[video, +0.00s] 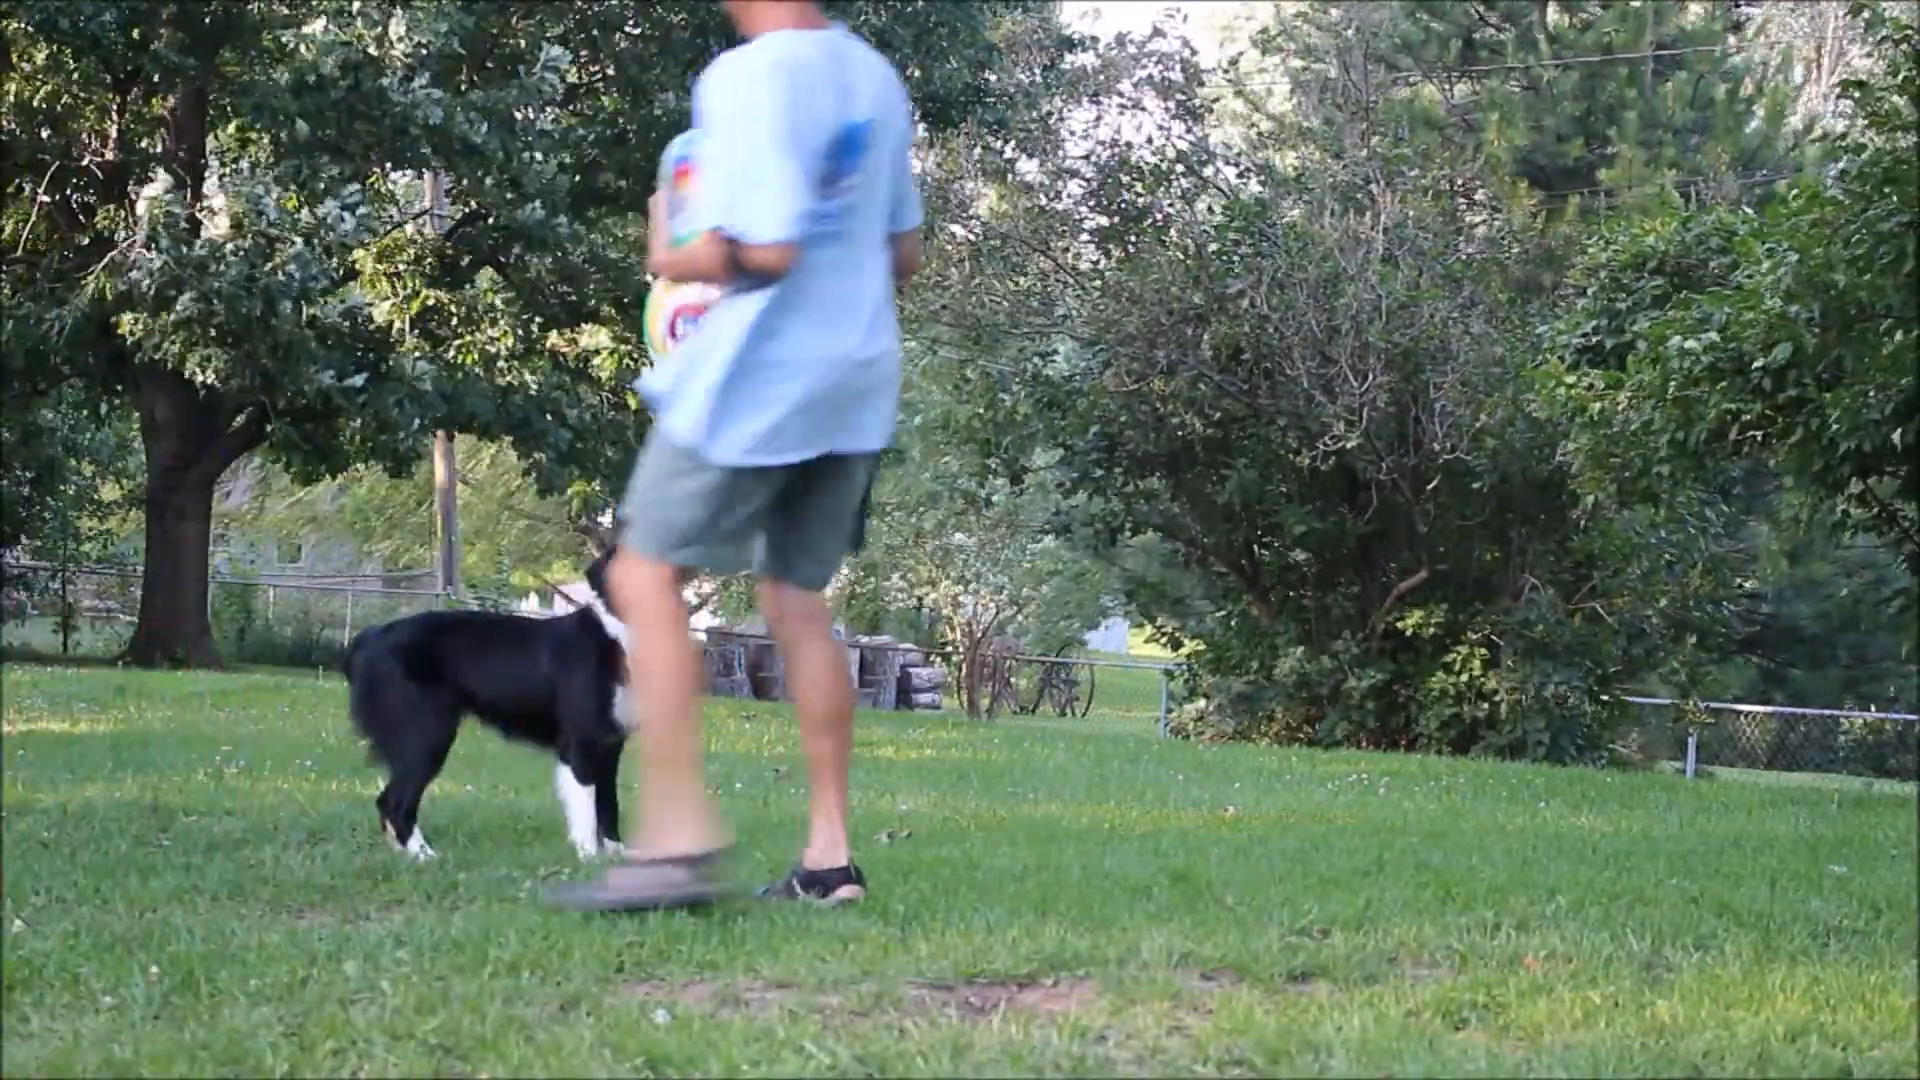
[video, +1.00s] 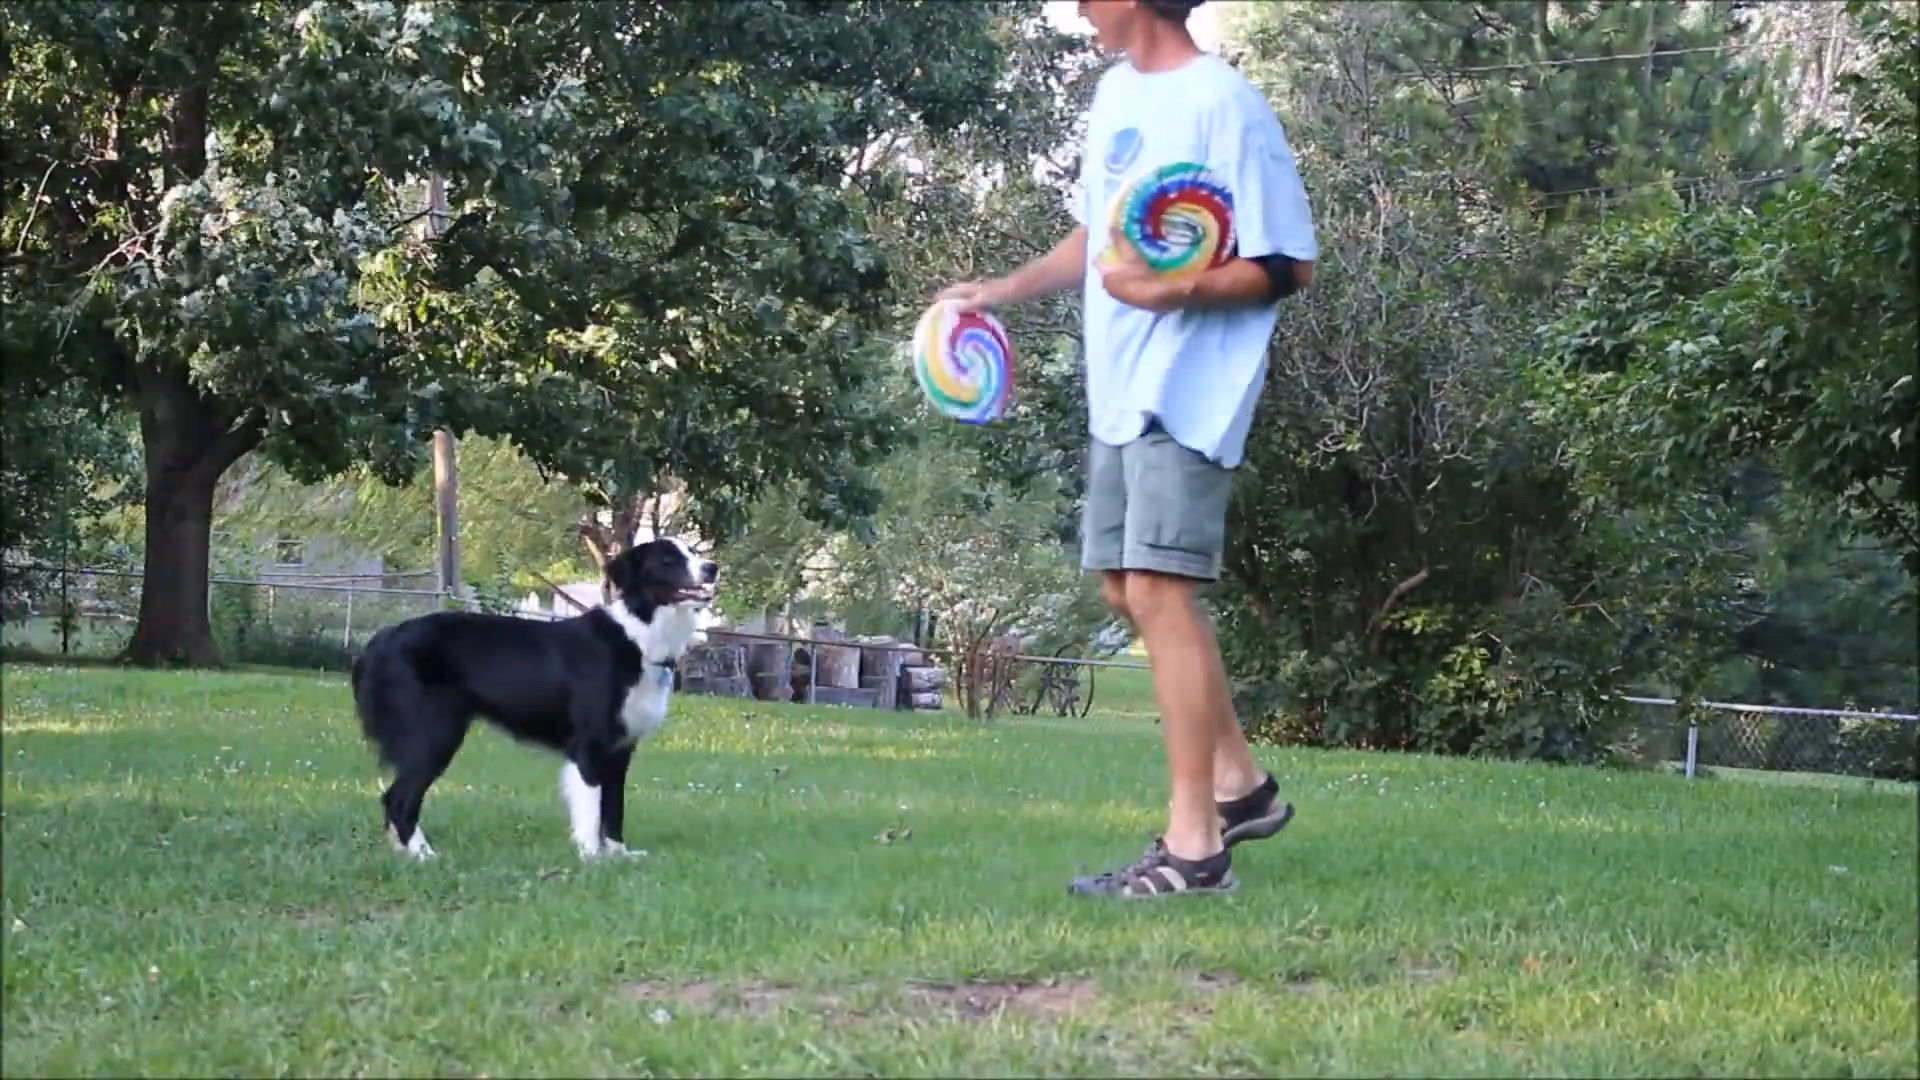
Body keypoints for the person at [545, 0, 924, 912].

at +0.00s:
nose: (724, 5)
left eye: (726, 2)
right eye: (730, 1)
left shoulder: (748, 74)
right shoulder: (879, 73)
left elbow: (763, 253)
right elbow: (900, 254)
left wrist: (671, 259)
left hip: (751, 388)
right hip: (857, 392)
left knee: (643, 571)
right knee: (797, 598)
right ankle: (829, 853)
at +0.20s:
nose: (829, 6)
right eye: (834, 1)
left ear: (855, 0)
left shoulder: (909, 78)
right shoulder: (891, 75)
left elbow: (923, 257)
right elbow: (886, 240)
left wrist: (780, 251)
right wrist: (814, 324)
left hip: (892, 385)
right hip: (870, 385)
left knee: (842, 608)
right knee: (855, 612)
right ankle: (838, 856)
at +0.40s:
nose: (921, 9)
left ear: (959, 7)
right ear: (989, 9)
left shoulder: (1037, 103)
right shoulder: (974, 107)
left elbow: (1046, 287)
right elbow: (955, 271)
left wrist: (912, 301)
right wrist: (851, 338)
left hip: (1028, 425)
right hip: (953, 422)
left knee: (1069, 619)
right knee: (924, 609)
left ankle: (1191, 840)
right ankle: (866, 849)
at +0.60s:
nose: (996, 5)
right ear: (1053, 1)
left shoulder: (1147, 97)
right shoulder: (1032, 80)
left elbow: (1202, 259)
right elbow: (1029, 232)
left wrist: (1076, 293)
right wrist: (934, 294)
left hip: (1123, 397)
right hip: (1027, 388)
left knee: (1138, 593)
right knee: (994, 572)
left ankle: (1194, 844)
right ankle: (997, 825)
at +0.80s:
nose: (1052, 4)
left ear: (1113, 1)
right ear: (1107, 6)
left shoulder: (1209, 105)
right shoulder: (1073, 90)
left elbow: (1256, 269)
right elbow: (1051, 228)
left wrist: (1143, 297)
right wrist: (962, 283)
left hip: (1169, 402)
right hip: (1079, 395)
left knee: (1157, 601)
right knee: (1064, 589)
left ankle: (1196, 847)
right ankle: (1178, 794)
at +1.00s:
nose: (1082, 12)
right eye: (1082, 1)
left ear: (1133, 3)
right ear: (1135, 8)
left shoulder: (1232, 103)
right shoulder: (1115, 98)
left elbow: (1287, 265)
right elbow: (1096, 238)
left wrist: (1163, 285)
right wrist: (1001, 292)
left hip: (1191, 393)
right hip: (1122, 390)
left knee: (1161, 589)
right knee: (1123, 581)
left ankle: (1193, 849)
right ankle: (1239, 782)